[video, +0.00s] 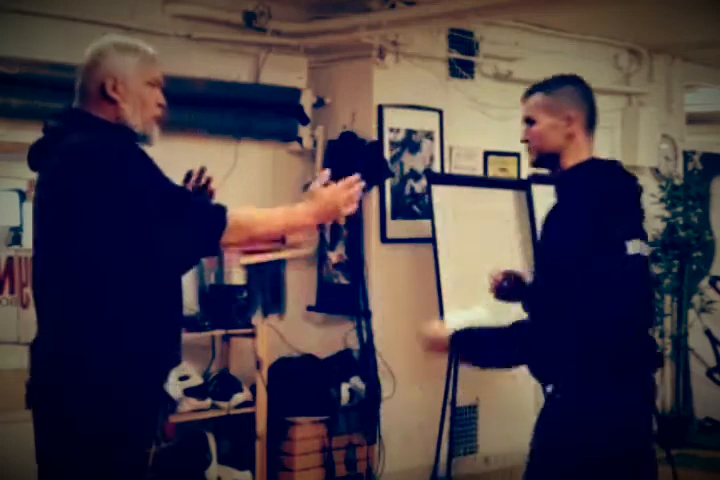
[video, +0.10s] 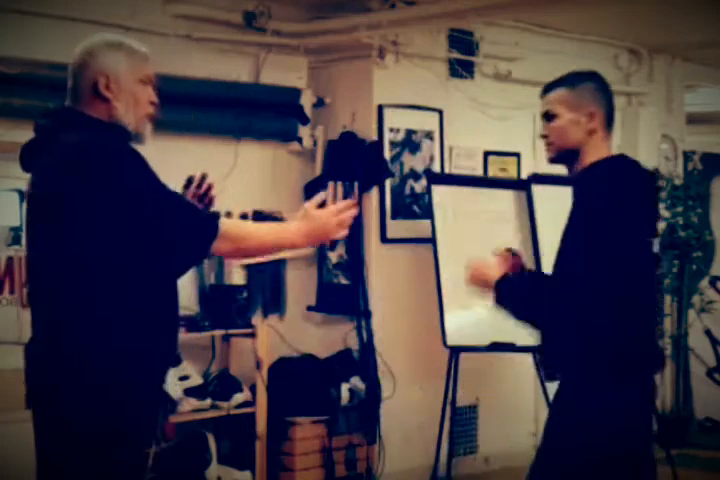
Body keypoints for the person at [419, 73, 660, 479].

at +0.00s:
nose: (523, 135)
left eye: (531, 122)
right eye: (524, 123)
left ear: (569, 124)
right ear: (567, 126)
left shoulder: (579, 203)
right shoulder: (615, 187)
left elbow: (557, 336)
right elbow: (589, 295)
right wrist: (527, 290)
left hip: (584, 402)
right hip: (625, 394)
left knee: (549, 472)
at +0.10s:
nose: (542, 131)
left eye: (551, 117)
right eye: (542, 119)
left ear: (590, 121)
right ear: (586, 123)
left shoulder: (606, 186)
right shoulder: (622, 181)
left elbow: (572, 313)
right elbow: (581, 300)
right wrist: (526, 276)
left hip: (597, 387)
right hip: (620, 381)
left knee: (552, 473)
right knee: (617, 472)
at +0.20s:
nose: (551, 132)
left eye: (561, 118)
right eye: (552, 120)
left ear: (602, 122)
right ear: (598, 124)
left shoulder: (637, 186)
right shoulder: (587, 194)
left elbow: (602, 293)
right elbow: (559, 298)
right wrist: (526, 258)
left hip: (611, 379)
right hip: (588, 377)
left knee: (552, 472)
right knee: (617, 472)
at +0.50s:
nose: (539, 141)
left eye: (548, 127)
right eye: (539, 130)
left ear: (589, 129)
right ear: (584, 131)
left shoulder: (633, 207)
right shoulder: (551, 215)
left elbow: (655, 324)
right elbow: (537, 312)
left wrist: (587, 265)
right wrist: (501, 266)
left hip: (596, 390)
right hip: (556, 387)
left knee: (517, 473)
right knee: (600, 472)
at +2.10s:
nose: (555, 141)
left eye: (564, 128)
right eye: (553, 131)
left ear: (604, 127)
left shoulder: (640, 192)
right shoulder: (564, 212)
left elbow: (629, 300)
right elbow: (545, 311)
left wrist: (567, 255)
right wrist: (506, 263)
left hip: (615, 374)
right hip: (572, 374)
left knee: (555, 471)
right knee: (605, 470)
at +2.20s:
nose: (558, 144)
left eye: (568, 130)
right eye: (556, 134)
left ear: (608, 131)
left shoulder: (647, 206)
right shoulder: (555, 216)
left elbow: (658, 295)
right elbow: (536, 313)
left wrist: (583, 271)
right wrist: (501, 270)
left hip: (616, 382)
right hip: (567, 380)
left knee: (552, 471)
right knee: (603, 470)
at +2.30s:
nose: (554, 146)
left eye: (564, 132)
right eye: (551, 136)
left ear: (605, 132)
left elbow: (662, 319)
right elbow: (531, 314)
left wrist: (591, 277)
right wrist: (495, 273)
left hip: (612, 390)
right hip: (561, 388)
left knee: (539, 472)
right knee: (596, 470)